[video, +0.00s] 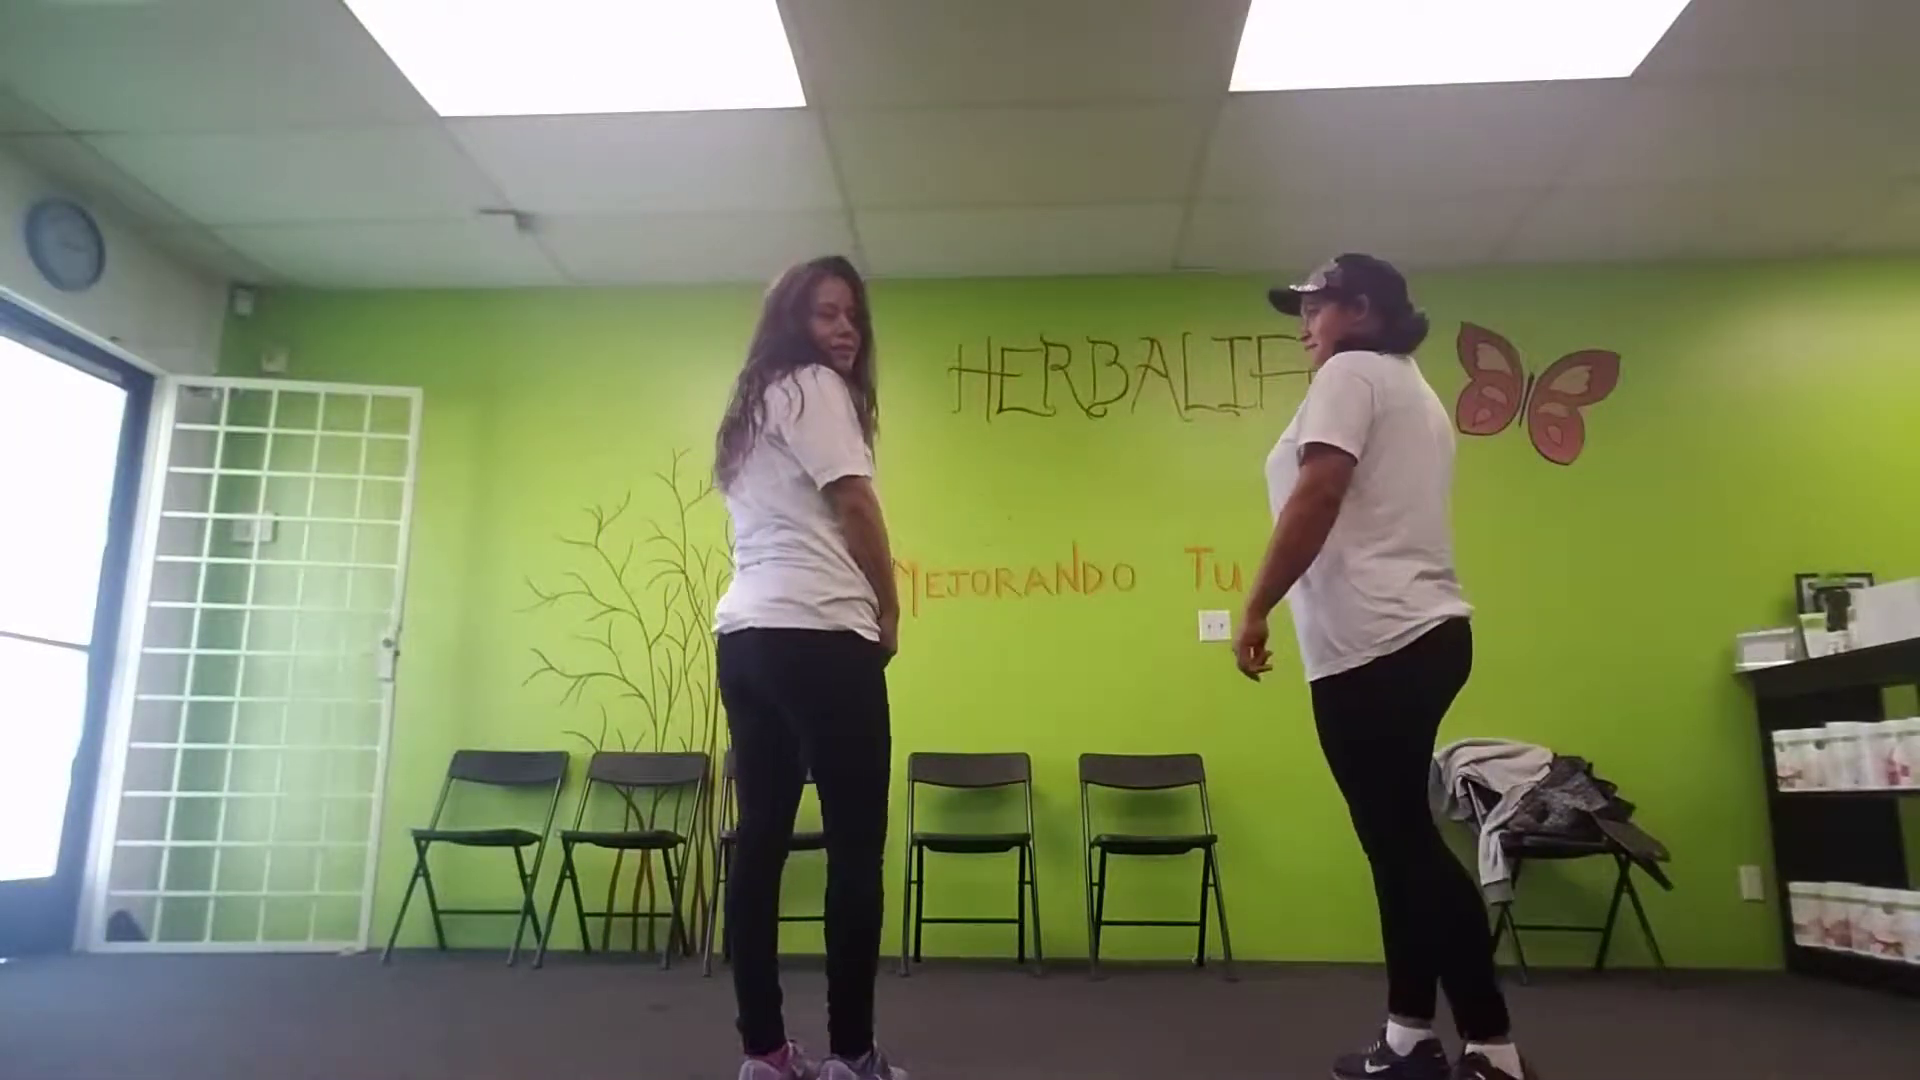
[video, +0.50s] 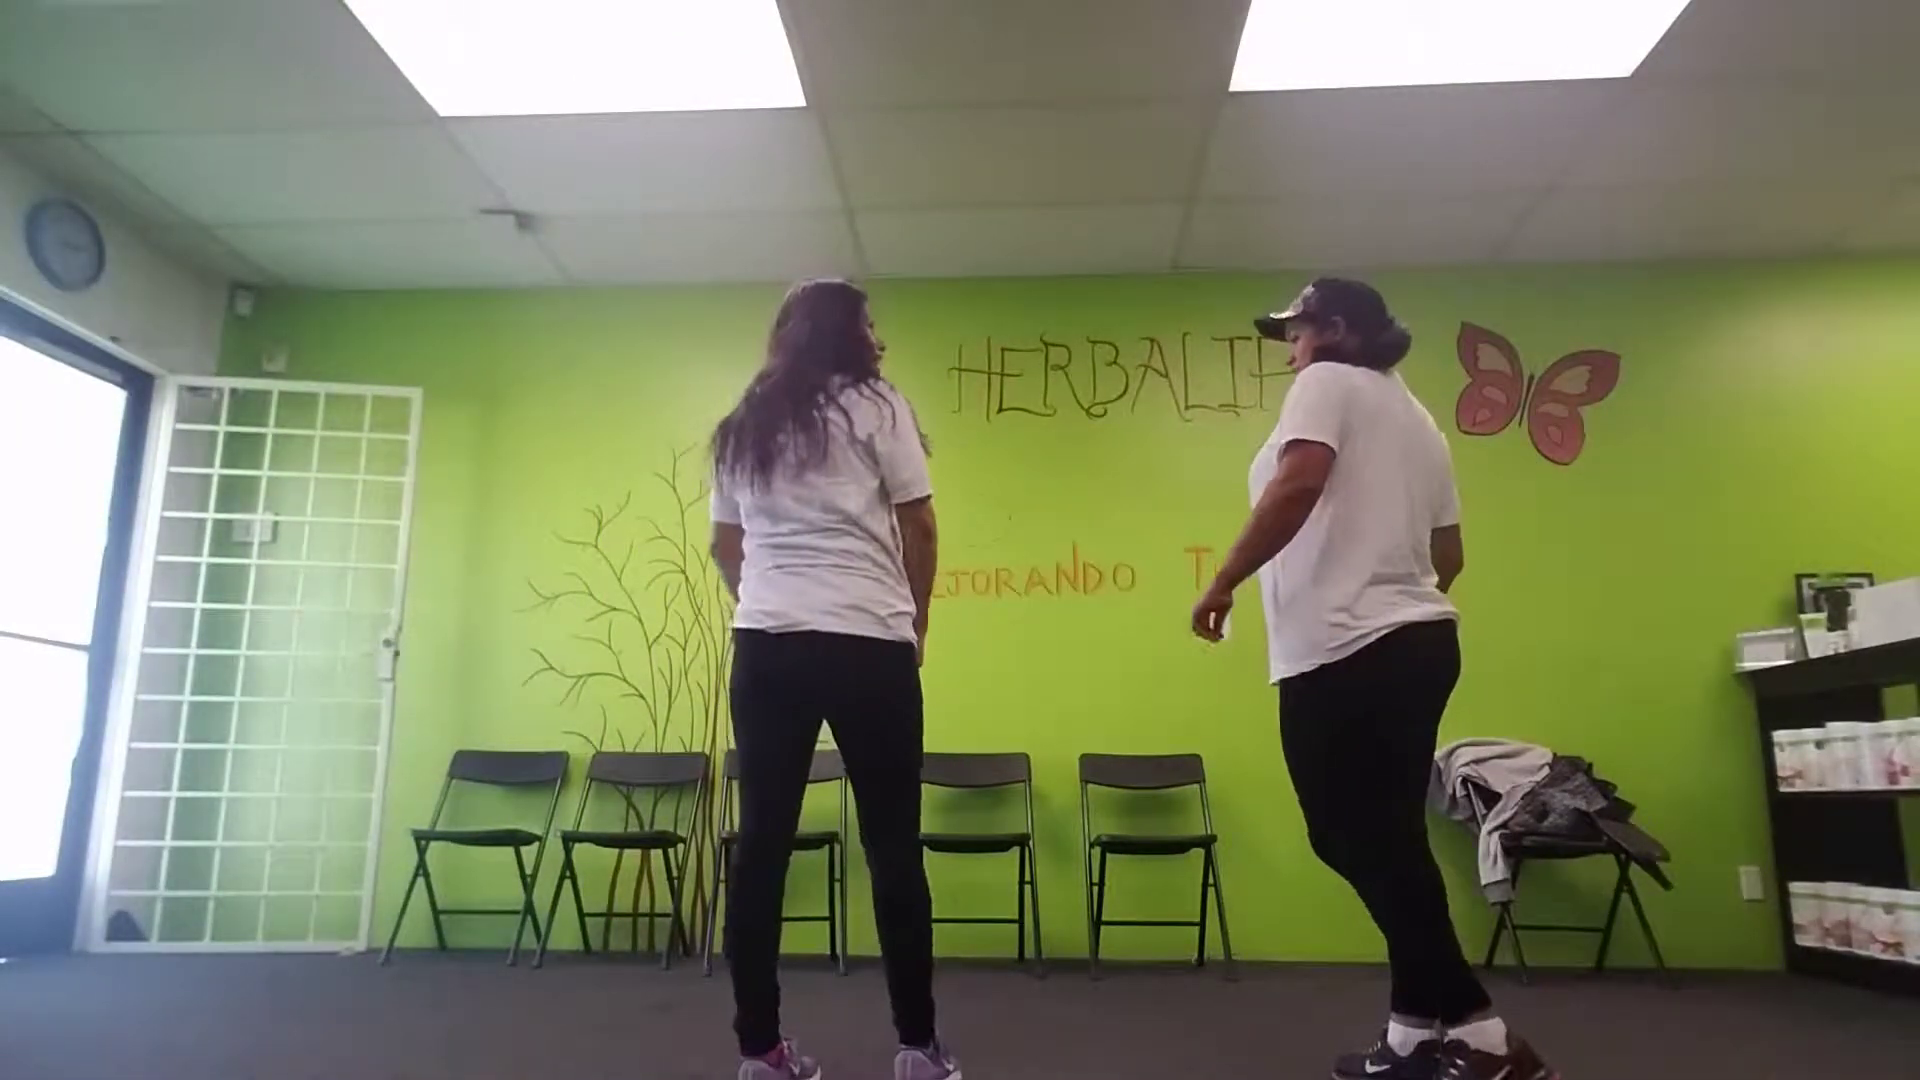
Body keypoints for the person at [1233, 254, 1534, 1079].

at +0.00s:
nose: (1303, 324)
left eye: (1316, 308)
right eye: (1305, 309)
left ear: (1362, 312)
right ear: (1374, 320)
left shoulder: (1349, 374)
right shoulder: (1412, 389)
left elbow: (1319, 496)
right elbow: (1399, 516)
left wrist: (1256, 606)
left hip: (1373, 647)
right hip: (1419, 637)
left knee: (1403, 842)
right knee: (1396, 839)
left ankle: (1492, 1052)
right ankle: (1410, 1040)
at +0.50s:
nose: (1289, 347)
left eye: (1296, 332)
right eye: (1290, 333)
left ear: (1335, 331)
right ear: (1364, 337)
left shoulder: (1325, 381)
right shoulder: (1419, 419)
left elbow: (1300, 482)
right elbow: (1446, 557)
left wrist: (1224, 581)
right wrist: (1376, 605)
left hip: (1344, 645)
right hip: (1418, 640)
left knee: (1348, 835)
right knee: (1393, 836)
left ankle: (1473, 1027)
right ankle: (1414, 1033)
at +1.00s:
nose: (1264, 347)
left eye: (1271, 332)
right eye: (1265, 332)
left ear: (1304, 330)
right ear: (1348, 333)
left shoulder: (1264, 404)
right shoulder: (1413, 411)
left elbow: (1191, 520)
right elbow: (1430, 533)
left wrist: (1235, 463)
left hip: (1291, 651)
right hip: (1409, 646)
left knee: (1260, 844)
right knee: (1403, 840)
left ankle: (1250, 1044)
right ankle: (1415, 1046)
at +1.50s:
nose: (1197, 326)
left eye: (1204, 313)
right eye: (1199, 313)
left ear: (1226, 316)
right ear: (1282, 315)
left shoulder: (1177, 394)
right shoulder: (1341, 391)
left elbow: (1146, 504)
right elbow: (1350, 503)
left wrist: (1230, 467)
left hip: (1220, 647)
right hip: (1341, 637)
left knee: (1230, 844)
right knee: (1361, 828)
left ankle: (1234, 1050)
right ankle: (1412, 1033)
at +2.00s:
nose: (1238, 336)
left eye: (1242, 322)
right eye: (1239, 322)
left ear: (1273, 319)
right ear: (1322, 316)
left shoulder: (1240, 404)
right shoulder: (1398, 400)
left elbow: (1197, 497)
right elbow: (1384, 491)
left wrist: (1264, 437)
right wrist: (1286, 458)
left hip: (1274, 646)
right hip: (1395, 639)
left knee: (1245, 844)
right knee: (1394, 841)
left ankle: (1239, 1045)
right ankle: (1425, 1047)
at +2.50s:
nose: (1224, 458)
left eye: (1229, 443)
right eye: (1225, 443)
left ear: (1259, 440)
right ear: (1305, 443)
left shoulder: (1219, 514)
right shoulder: (1373, 510)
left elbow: (1187, 618)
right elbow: (1375, 595)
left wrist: (1266, 583)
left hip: (1274, 716)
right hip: (1409, 709)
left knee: (1200, 863)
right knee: (1399, 862)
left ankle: (1231, 1049)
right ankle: (1424, 1043)